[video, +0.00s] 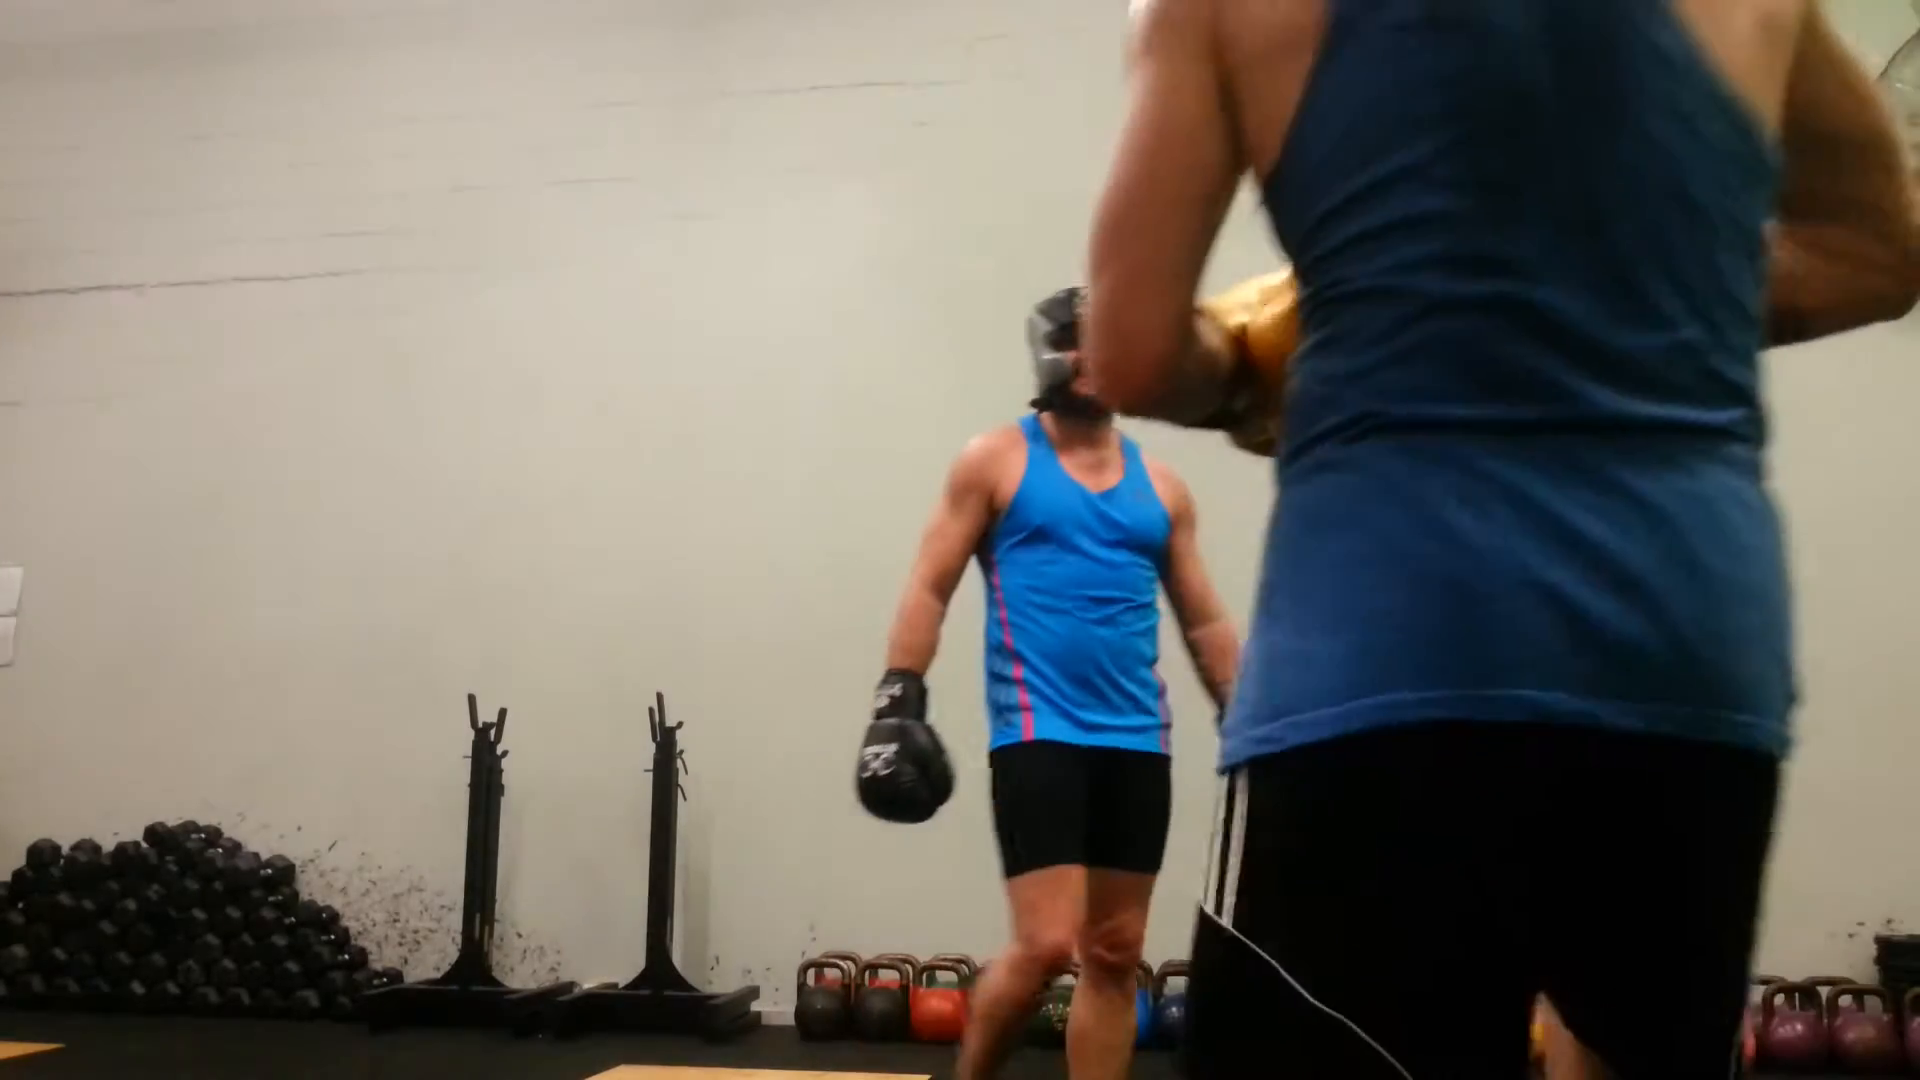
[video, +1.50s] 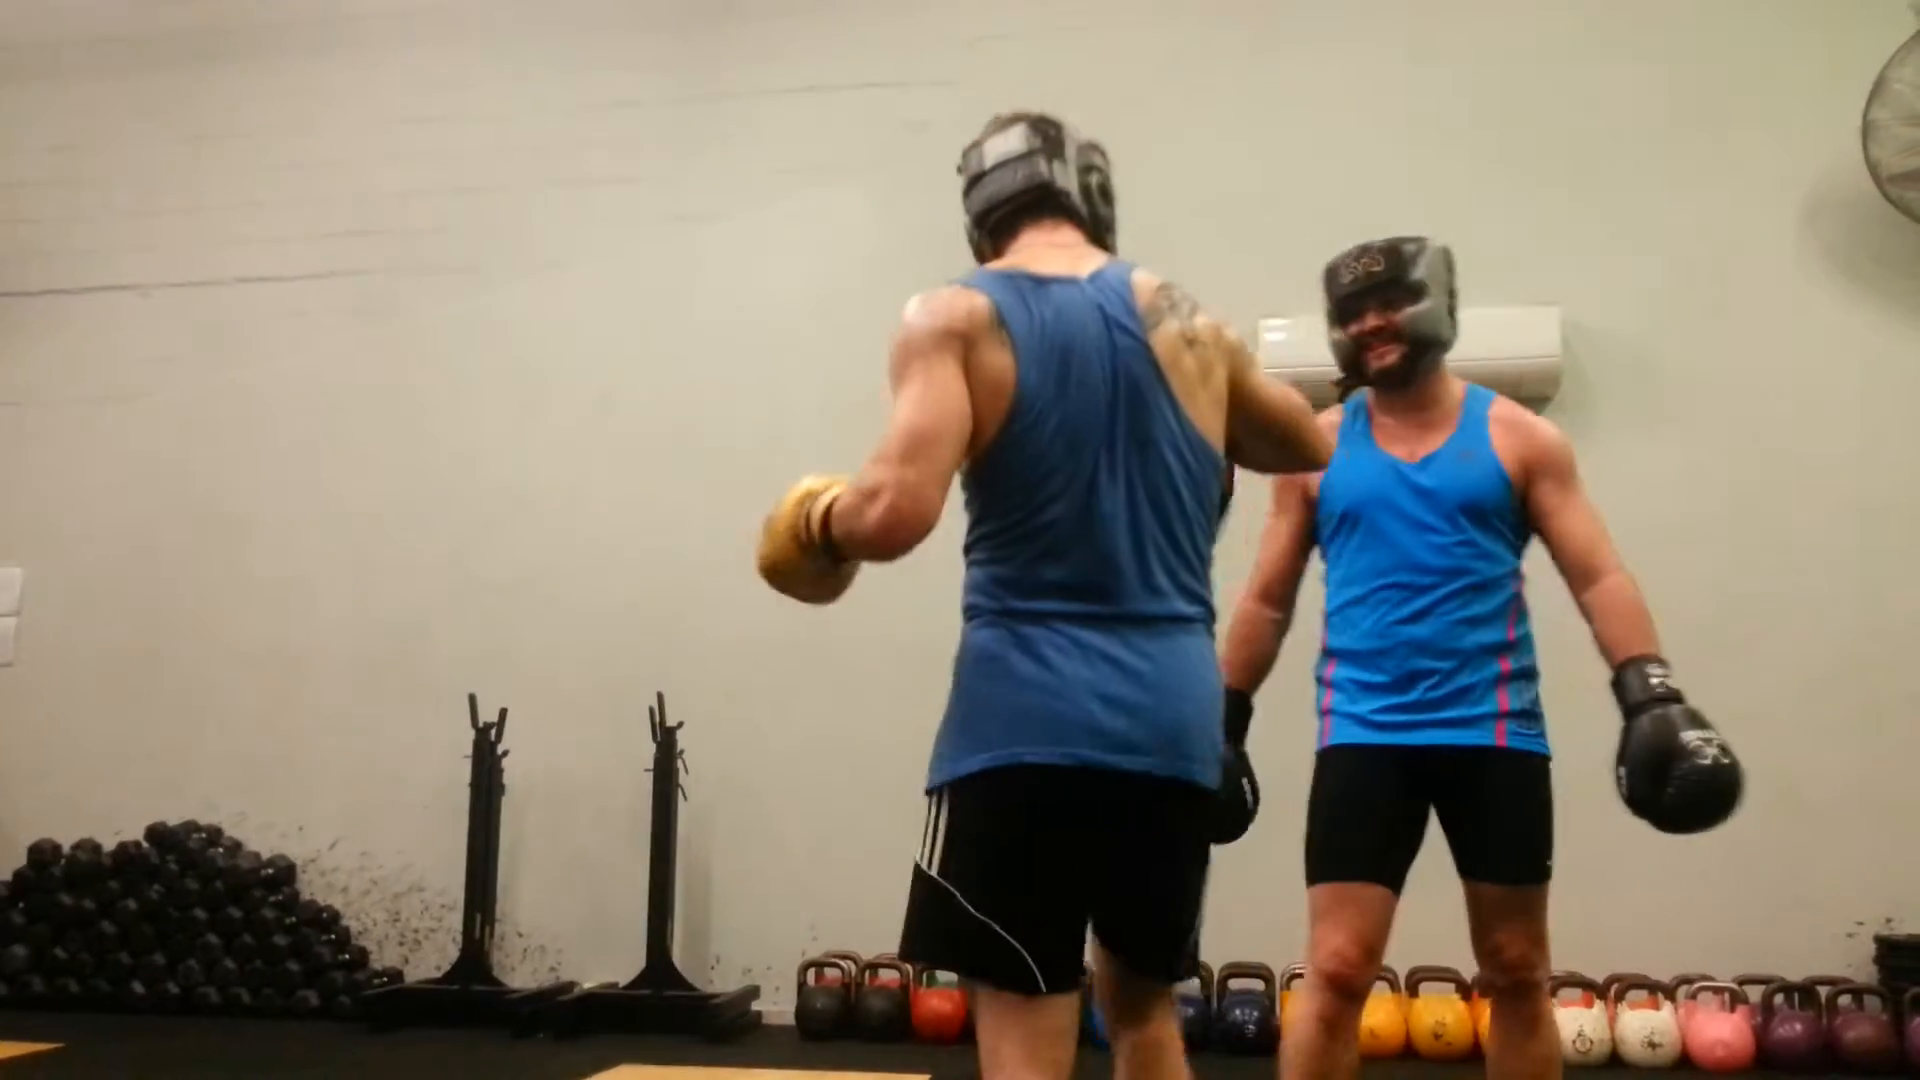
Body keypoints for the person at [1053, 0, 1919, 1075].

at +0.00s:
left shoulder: (1229, 6)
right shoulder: (1753, 4)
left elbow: (1129, 358)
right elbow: (1883, 250)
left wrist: (1262, 379)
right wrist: (1618, 297)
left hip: (1380, 640)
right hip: (1696, 646)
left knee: (1333, 1056)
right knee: (1655, 1052)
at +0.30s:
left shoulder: (1229, 73)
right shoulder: (1655, 102)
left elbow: (989, 267)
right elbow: (1836, 367)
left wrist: (1139, 393)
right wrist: (1603, 429)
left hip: (1314, 717)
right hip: (1568, 726)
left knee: (1283, 1060)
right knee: (1571, 1059)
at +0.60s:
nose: (1296, 27)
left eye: (1304, 16)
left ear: (1338, 12)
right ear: (1489, 27)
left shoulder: (1265, 117)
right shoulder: (1587, 184)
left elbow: (1025, 282)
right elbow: (1647, 448)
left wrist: (1195, 349)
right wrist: (1429, 440)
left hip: (1296, 709)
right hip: (1542, 716)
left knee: (1156, 1040)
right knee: (1522, 1060)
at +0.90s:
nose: (1191, 102)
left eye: (1201, 75)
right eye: (1197, 76)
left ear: (1235, 73)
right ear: (1370, 89)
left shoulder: (1189, 200)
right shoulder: (1452, 241)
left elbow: (1032, 438)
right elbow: (1465, 434)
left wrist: (1168, 374)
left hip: (1230, 742)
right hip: (1440, 743)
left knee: (1146, 1057)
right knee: (1442, 1059)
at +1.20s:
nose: (1043, 166)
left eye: (1046, 147)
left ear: (1056, 149)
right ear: (1181, 138)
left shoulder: (1036, 274)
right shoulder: (1287, 287)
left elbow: (951, 512)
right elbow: (1357, 467)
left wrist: (902, 441)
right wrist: (1224, 438)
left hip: (1079, 725)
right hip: (1249, 731)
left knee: (1047, 1047)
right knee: (1248, 1042)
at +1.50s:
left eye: (971, 213)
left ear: (979, 215)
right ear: (1096, 196)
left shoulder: (955, 317)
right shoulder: (1185, 326)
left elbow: (897, 515)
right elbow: (1307, 446)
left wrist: (823, 514)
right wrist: (1200, 413)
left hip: (1021, 728)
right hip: (1172, 731)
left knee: (1023, 1041)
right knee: (1143, 1004)